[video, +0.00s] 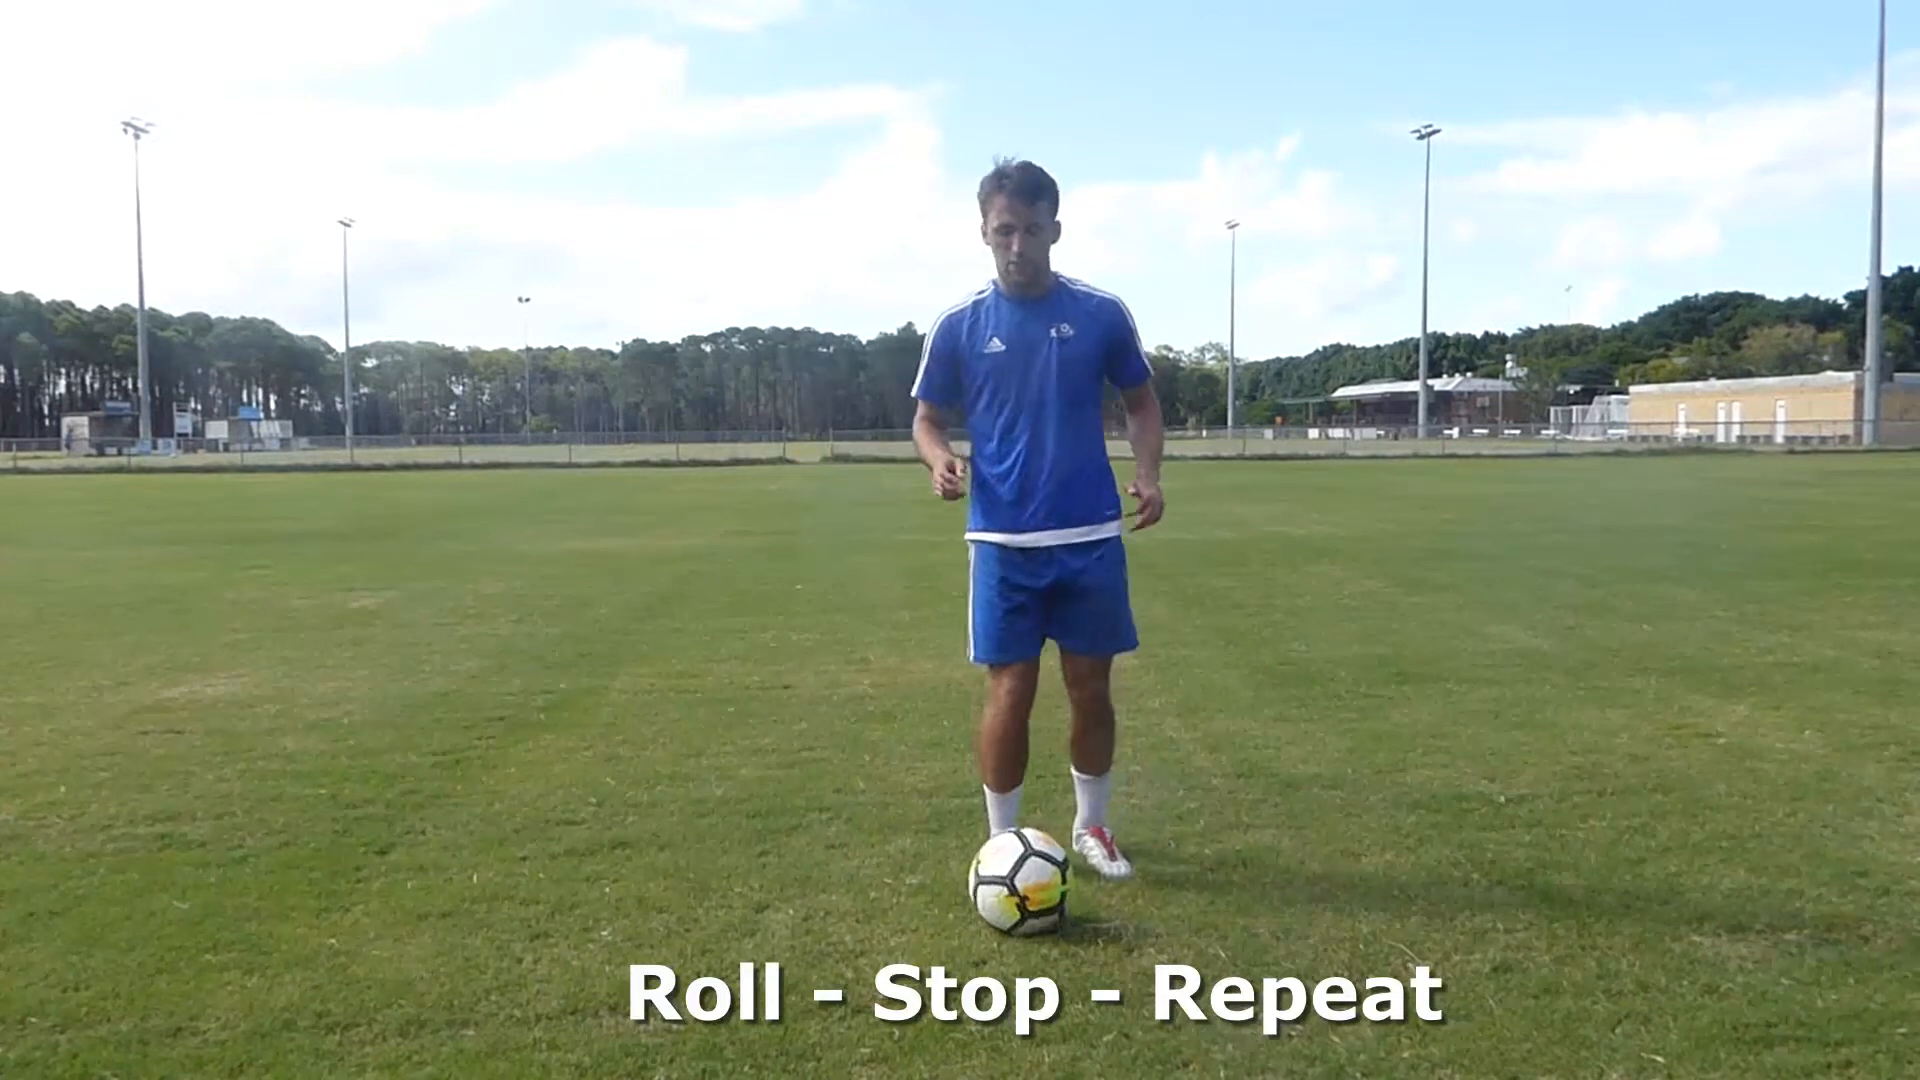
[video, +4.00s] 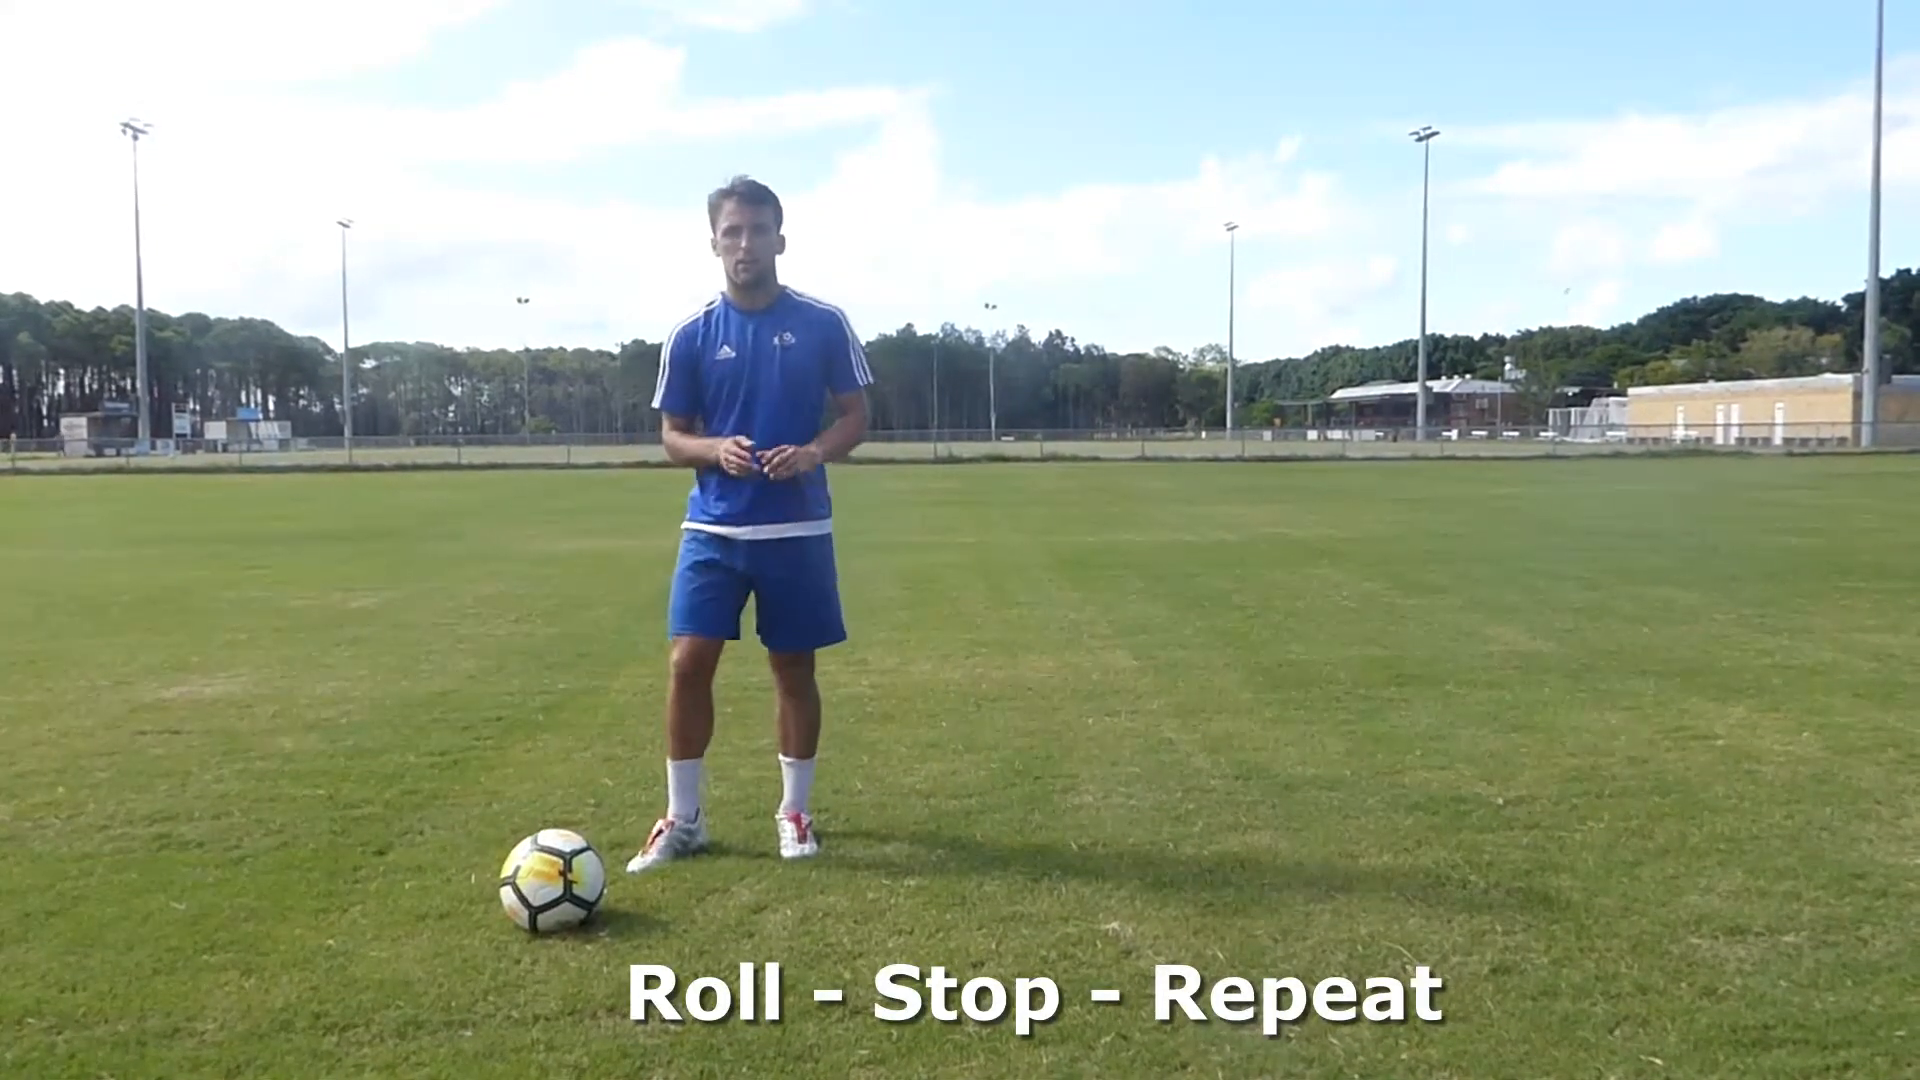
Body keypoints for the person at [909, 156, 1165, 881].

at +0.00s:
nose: (1015, 245)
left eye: (1029, 230)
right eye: (1001, 230)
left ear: (1055, 228)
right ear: (983, 233)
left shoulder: (1102, 316)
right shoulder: (959, 328)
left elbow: (1142, 401)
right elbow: (928, 419)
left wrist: (1148, 472)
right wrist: (940, 457)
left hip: (1089, 536)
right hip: (1002, 540)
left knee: (1091, 687)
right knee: (1011, 690)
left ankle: (1091, 830)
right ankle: (1003, 845)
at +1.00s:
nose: (1049, 253)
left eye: (1062, 237)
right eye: (1035, 238)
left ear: (1090, 229)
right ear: (1019, 236)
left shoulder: (1138, 318)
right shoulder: (997, 324)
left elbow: (1171, 410)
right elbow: (967, 417)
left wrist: (1157, 479)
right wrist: (992, 456)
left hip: (1097, 536)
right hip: (1012, 532)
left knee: (1090, 681)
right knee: (993, 674)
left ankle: (1090, 830)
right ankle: (985, 819)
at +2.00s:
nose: (825, 275)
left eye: (840, 260)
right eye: (812, 260)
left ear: (868, 246)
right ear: (795, 250)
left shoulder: (914, 323)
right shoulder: (776, 336)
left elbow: (967, 406)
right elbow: (757, 429)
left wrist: (983, 496)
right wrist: (784, 469)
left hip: (887, 522)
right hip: (818, 530)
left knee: (810, 652)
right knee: (873, 682)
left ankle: (776, 831)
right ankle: (926, 829)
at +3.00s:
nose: (697, 240)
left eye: (713, 227)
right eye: (686, 225)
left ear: (742, 234)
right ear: (670, 232)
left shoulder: (780, 326)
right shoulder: (642, 326)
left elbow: (818, 426)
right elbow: (608, 425)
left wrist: (835, 516)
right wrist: (636, 439)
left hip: (739, 539)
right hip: (659, 538)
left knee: (731, 694)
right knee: (676, 688)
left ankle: (749, 856)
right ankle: (686, 829)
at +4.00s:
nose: (745, 245)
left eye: (758, 233)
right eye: (731, 234)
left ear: (780, 238)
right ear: (714, 244)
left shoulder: (824, 325)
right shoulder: (691, 338)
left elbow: (856, 416)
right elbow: (672, 438)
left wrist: (812, 452)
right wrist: (710, 449)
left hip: (795, 531)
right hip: (711, 529)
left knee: (793, 672)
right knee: (687, 663)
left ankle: (794, 814)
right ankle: (682, 819)